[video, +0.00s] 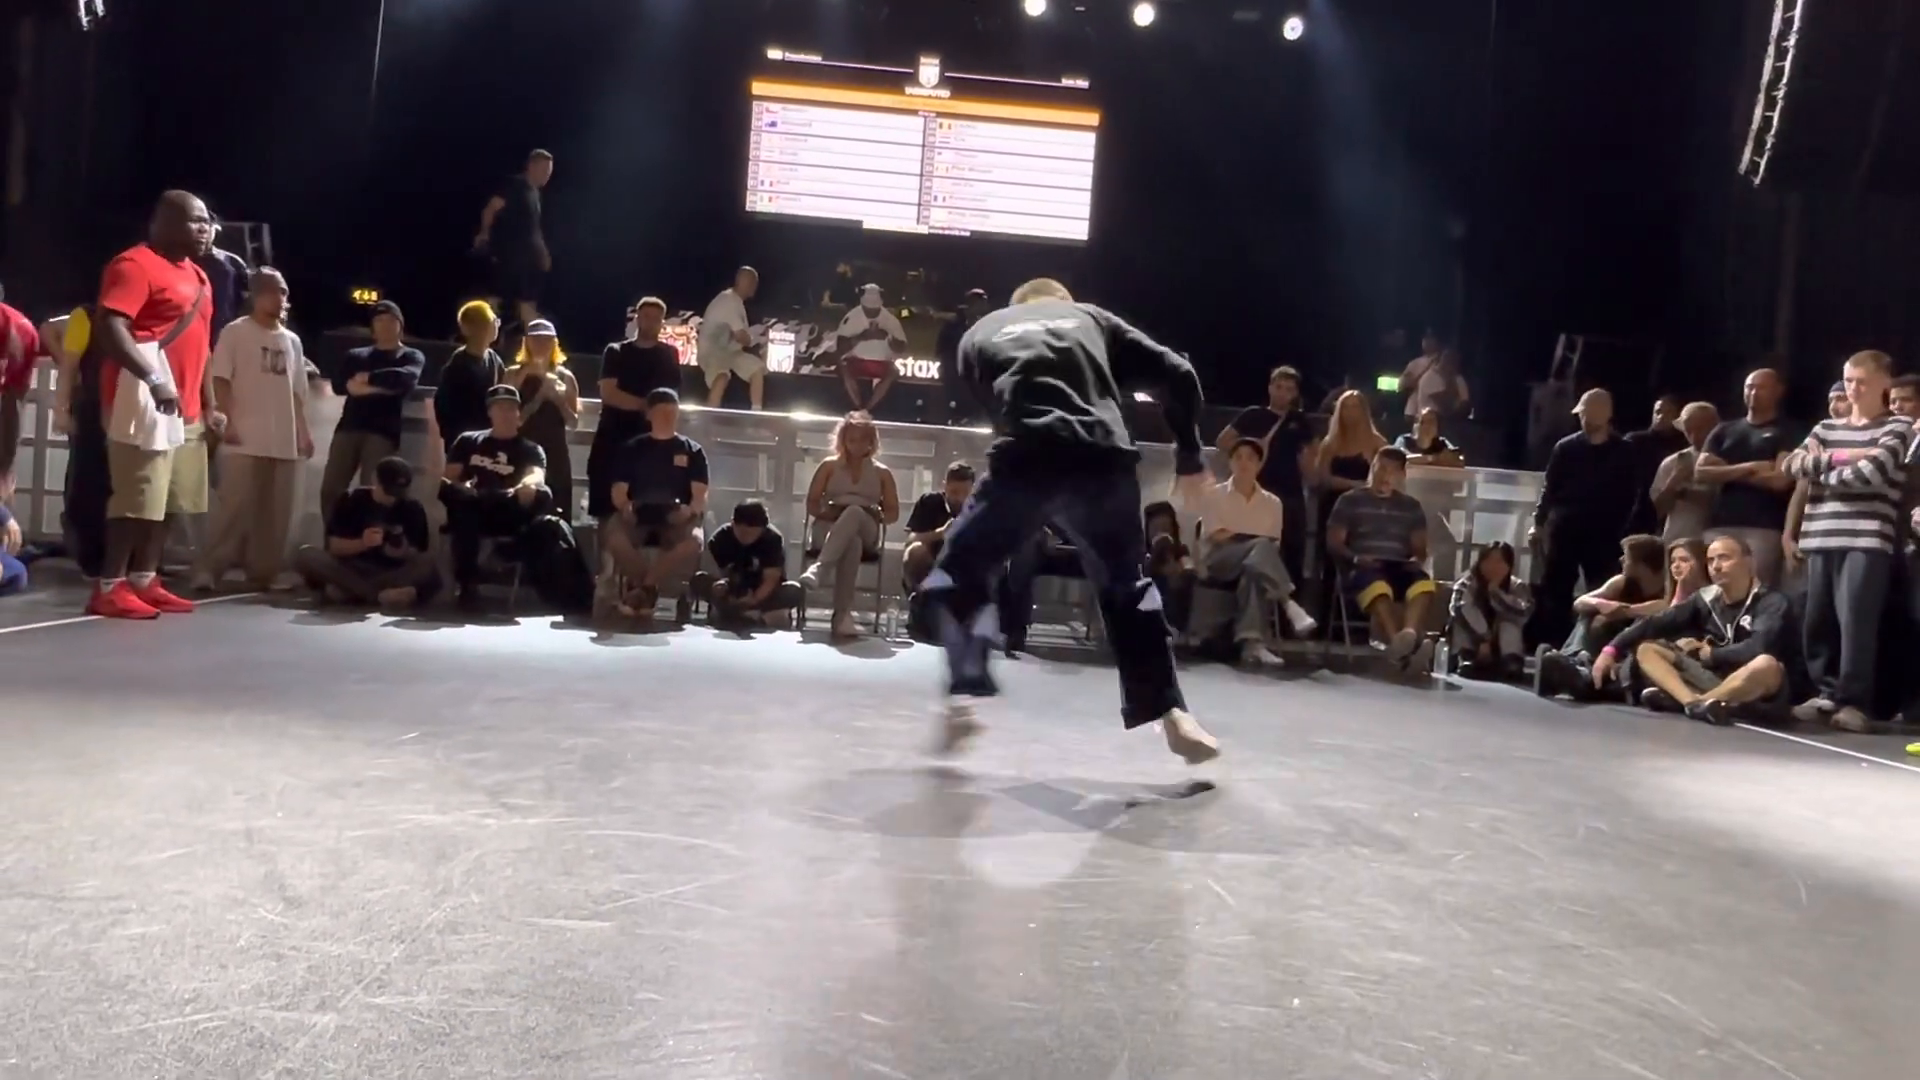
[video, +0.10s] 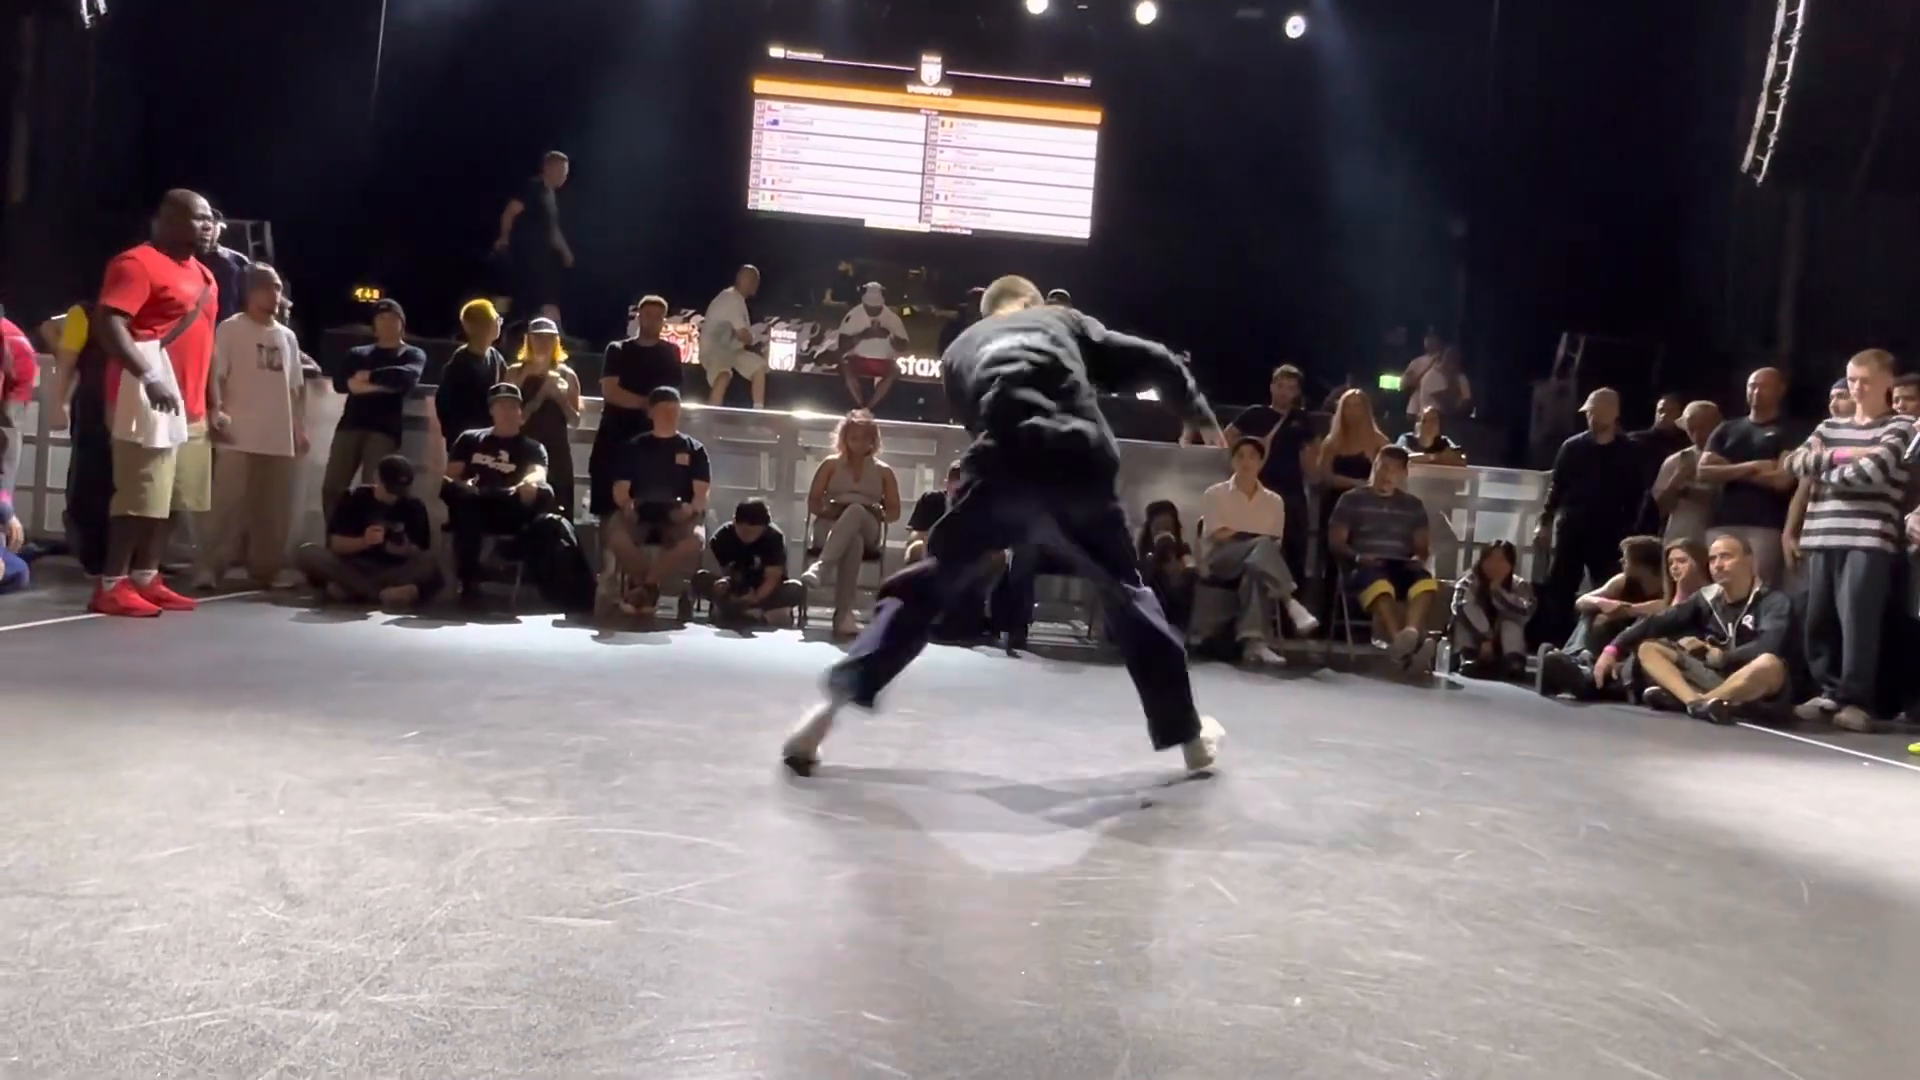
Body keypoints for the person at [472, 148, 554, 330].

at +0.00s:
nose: (548, 174)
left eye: (549, 169)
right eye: (544, 168)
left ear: (549, 170)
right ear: (532, 166)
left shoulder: (534, 193)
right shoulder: (515, 186)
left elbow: (534, 230)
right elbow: (491, 209)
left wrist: (543, 254)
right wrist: (484, 233)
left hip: (528, 254)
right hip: (505, 251)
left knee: (527, 302)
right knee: (494, 297)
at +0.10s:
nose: (565, 176)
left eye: (566, 172)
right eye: (562, 171)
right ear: (549, 168)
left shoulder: (549, 193)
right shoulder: (533, 188)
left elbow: (553, 229)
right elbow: (509, 213)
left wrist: (565, 252)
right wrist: (504, 237)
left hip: (545, 252)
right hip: (530, 251)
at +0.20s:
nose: (582, 173)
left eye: (584, 168)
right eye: (579, 167)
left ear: (581, 170)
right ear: (567, 167)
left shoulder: (568, 193)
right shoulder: (554, 189)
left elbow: (571, 230)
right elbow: (532, 214)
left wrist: (582, 250)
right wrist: (527, 242)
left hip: (562, 250)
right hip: (551, 249)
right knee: (567, 295)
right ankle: (569, 338)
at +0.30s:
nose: (599, 170)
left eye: (601, 166)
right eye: (596, 165)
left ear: (602, 169)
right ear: (584, 165)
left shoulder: (587, 192)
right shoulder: (570, 186)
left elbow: (584, 230)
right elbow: (554, 217)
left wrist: (593, 251)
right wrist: (554, 241)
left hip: (581, 252)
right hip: (566, 250)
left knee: (576, 296)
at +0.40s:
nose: (619, 169)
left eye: (621, 165)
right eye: (615, 164)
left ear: (620, 167)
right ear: (603, 163)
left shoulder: (603, 189)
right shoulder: (589, 184)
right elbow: (575, 213)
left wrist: (602, 242)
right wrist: (580, 241)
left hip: (600, 247)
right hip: (589, 247)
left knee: (600, 295)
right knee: (583, 294)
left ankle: (576, 328)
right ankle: (574, 335)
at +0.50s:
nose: (639, 172)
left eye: (640, 167)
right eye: (637, 166)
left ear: (636, 168)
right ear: (623, 165)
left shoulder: (623, 190)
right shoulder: (608, 185)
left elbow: (620, 221)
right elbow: (595, 214)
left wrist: (622, 243)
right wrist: (608, 242)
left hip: (622, 250)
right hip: (603, 249)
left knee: (624, 294)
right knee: (589, 292)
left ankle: (623, 336)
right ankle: (577, 334)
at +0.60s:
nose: (658, 175)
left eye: (659, 170)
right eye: (655, 170)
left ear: (655, 173)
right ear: (642, 170)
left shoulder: (643, 195)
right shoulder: (625, 189)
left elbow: (639, 223)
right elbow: (615, 218)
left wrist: (642, 243)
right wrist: (635, 241)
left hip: (639, 250)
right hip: (621, 248)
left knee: (643, 292)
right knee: (605, 289)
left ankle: (642, 335)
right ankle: (581, 330)